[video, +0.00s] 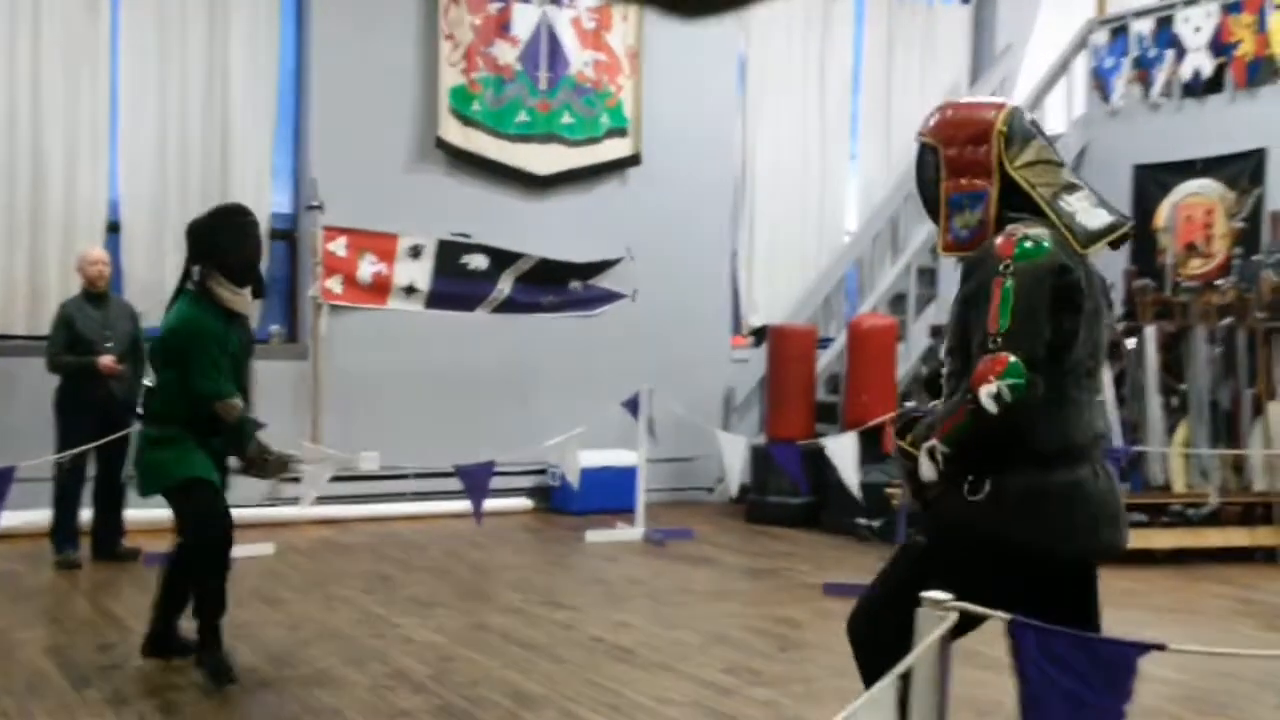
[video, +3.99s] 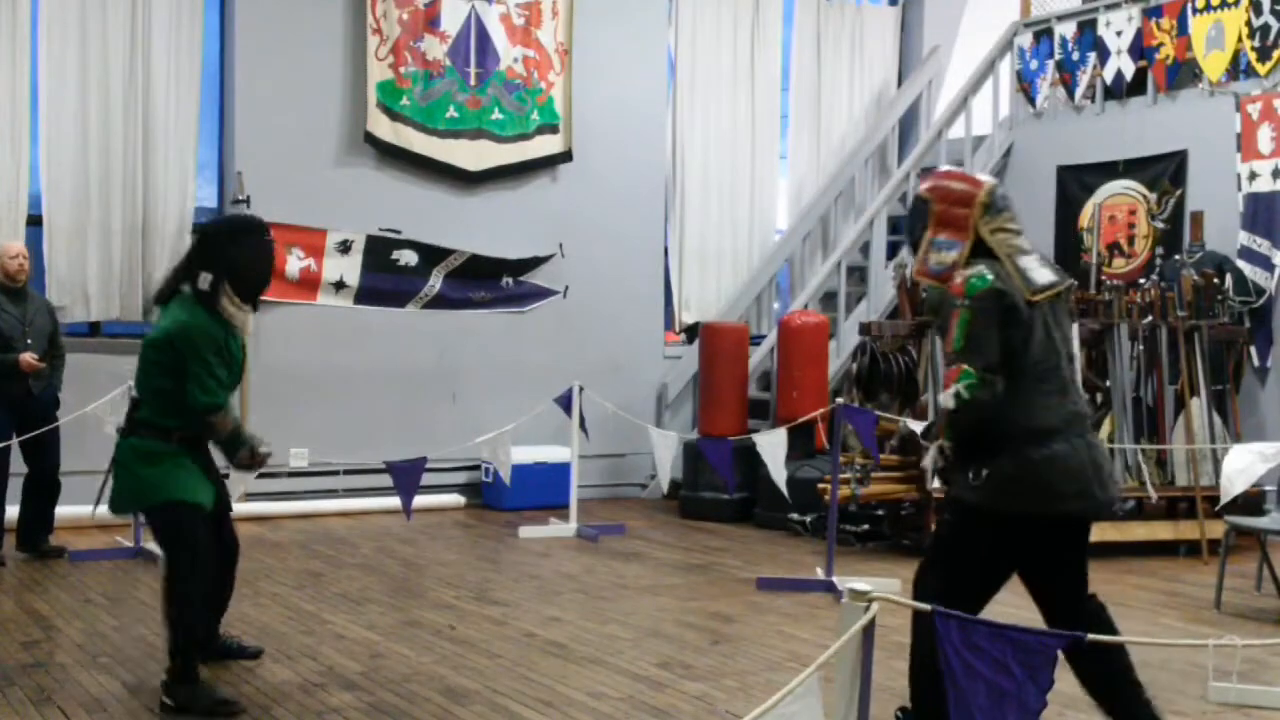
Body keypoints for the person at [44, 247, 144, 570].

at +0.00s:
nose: (100, 269)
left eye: (105, 264)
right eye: (94, 263)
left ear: (111, 269)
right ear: (81, 270)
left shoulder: (125, 311)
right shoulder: (69, 311)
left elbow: (137, 359)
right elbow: (54, 360)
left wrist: (130, 396)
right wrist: (93, 361)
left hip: (117, 404)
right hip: (77, 404)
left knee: (111, 477)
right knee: (70, 475)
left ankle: (108, 542)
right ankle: (66, 546)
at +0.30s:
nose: (61, 266)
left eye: (65, 261)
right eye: (54, 261)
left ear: (71, 268)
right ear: (40, 268)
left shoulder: (85, 308)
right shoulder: (29, 309)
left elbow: (99, 354)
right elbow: (14, 356)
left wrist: (93, 392)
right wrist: (54, 360)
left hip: (78, 403)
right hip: (37, 404)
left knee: (73, 476)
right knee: (32, 474)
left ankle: (69, 542)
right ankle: (27, 545)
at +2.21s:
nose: (27, 262)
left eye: (30, 256)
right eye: (19, 257)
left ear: (36, 262)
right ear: (5, 265)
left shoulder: (49, 304)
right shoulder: (2, 303)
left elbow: (64, 351)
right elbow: (1, 352)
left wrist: (58, 390)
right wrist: (19, 358)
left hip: (41, 402)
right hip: (5, 402)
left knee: (36, 476)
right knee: (2, 475)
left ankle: (32, 541)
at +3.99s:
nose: (21, 263)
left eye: (24, 257)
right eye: (13, 257)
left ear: (30, 264)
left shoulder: (41, 305)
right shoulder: (1, 303)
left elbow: (56, 351)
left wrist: (52, 389)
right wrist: (15, 360)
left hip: (37, 400)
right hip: (2, 402)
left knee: (45, 469)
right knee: (1, 474)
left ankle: (33, 538)